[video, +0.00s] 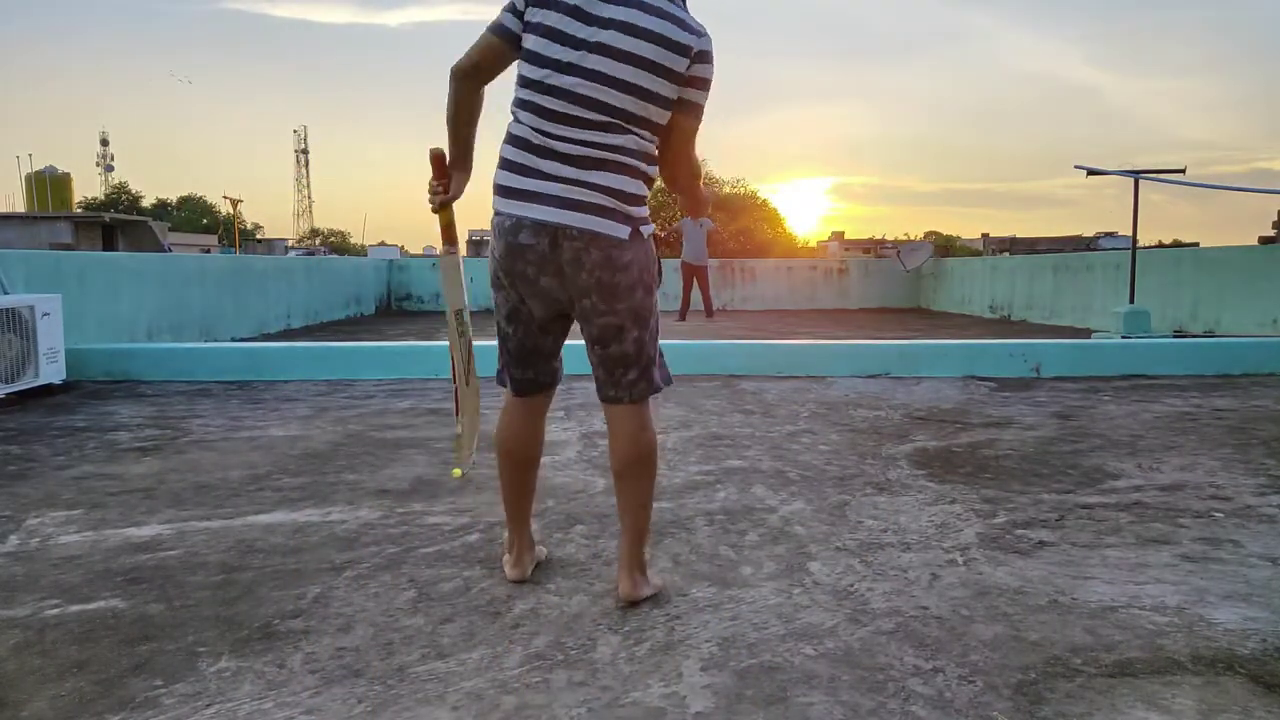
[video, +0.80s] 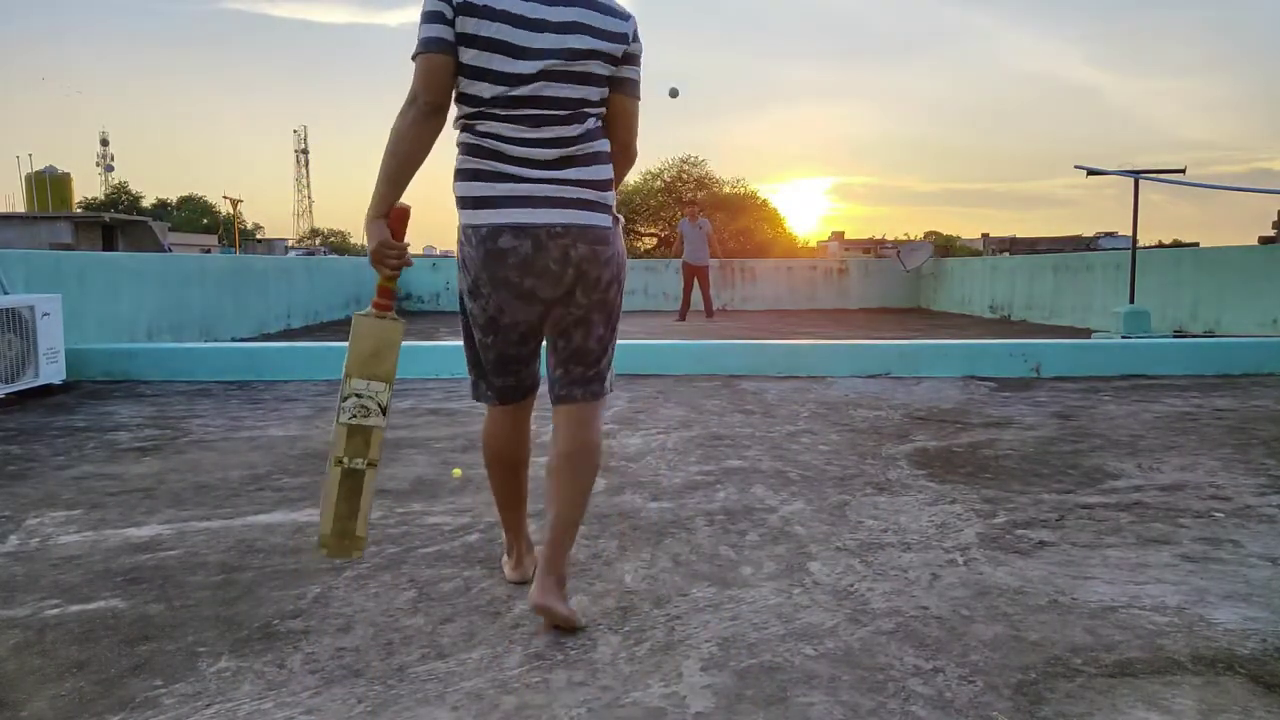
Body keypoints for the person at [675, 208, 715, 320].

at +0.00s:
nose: (693, 212)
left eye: (696, 209)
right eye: (691, 209)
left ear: (701, 209)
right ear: (687, 209)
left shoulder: (705, 222)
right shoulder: (684, 222)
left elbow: (716, 233)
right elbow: (672, 229)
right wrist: (664, 232)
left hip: (701, 260)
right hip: (687, 260)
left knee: (705, 290)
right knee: (686, 290)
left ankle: (710, 314)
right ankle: (682, 316)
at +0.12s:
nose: (693, 210)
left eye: (696, 207)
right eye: (691, 207)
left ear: (700, 209)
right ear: (688, 209)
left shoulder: (705, 222)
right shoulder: (684, 222)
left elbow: (716, 235)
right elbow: (673, 235)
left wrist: (718, 244)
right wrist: (661, 243)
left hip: (701, 261)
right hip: (687, 261)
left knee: (705, 290)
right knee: (686, 290)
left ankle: (709, 314)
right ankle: (682, 315)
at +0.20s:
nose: (693, 210)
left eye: (695, 207)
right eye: (691, 207)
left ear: (699, 208)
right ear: (688, 209)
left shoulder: (705, 223)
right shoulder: (684, 223)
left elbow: (714, 240)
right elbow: (677, 240)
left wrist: (720, 257)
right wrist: (667, 256)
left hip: (701, 262)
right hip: (687, 261)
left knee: (705, 291)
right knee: (686, 290)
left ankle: (710, 315)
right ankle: (682, 315)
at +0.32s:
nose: (693, 209)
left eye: (695, 206)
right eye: (690, 207)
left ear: (700, 208)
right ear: (687, 209)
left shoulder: (705, 223)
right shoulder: (683, 223)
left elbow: (709, 240)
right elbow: (681, 240)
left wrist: (712, 257)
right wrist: (680, 257)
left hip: (701, 262)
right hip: (687, 261)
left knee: (705, 291)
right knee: (686, 291)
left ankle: (709, 314)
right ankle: (682, 315)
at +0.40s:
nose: (693, 209)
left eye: (695, 206)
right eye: (691, 206)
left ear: (699, 208)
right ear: (687, 209)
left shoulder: (705, 222)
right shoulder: (683, 223)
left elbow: (709, 235)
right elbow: (681, 235)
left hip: (702, 261)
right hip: (687, 260)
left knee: (705, 291)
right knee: (686, 290)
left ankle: (709, 315)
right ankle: (682, 315)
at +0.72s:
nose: (692, 209)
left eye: (695, 206)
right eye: (690, 206)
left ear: (699, 208)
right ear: (687, 209)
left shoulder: (705, 222)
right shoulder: (683, 223)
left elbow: (710, 238)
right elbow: (681, 243)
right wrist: (677, 260)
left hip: (702, 262)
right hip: (688, 261)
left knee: (705, 291)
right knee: (686, 291)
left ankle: (709, 315)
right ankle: (682, 315)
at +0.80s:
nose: (691, 210)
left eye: (693, 207)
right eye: (689, 207)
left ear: (698, 209)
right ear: (685, 210)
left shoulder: (704, 222)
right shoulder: (683, 223)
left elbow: (712, 240)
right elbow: (678, 241)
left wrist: (719, 256)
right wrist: (672, 257)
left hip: (702, 262)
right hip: (688, 261)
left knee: (705, 291)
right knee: (686, 291)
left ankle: (709, 315)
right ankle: (682, 315)